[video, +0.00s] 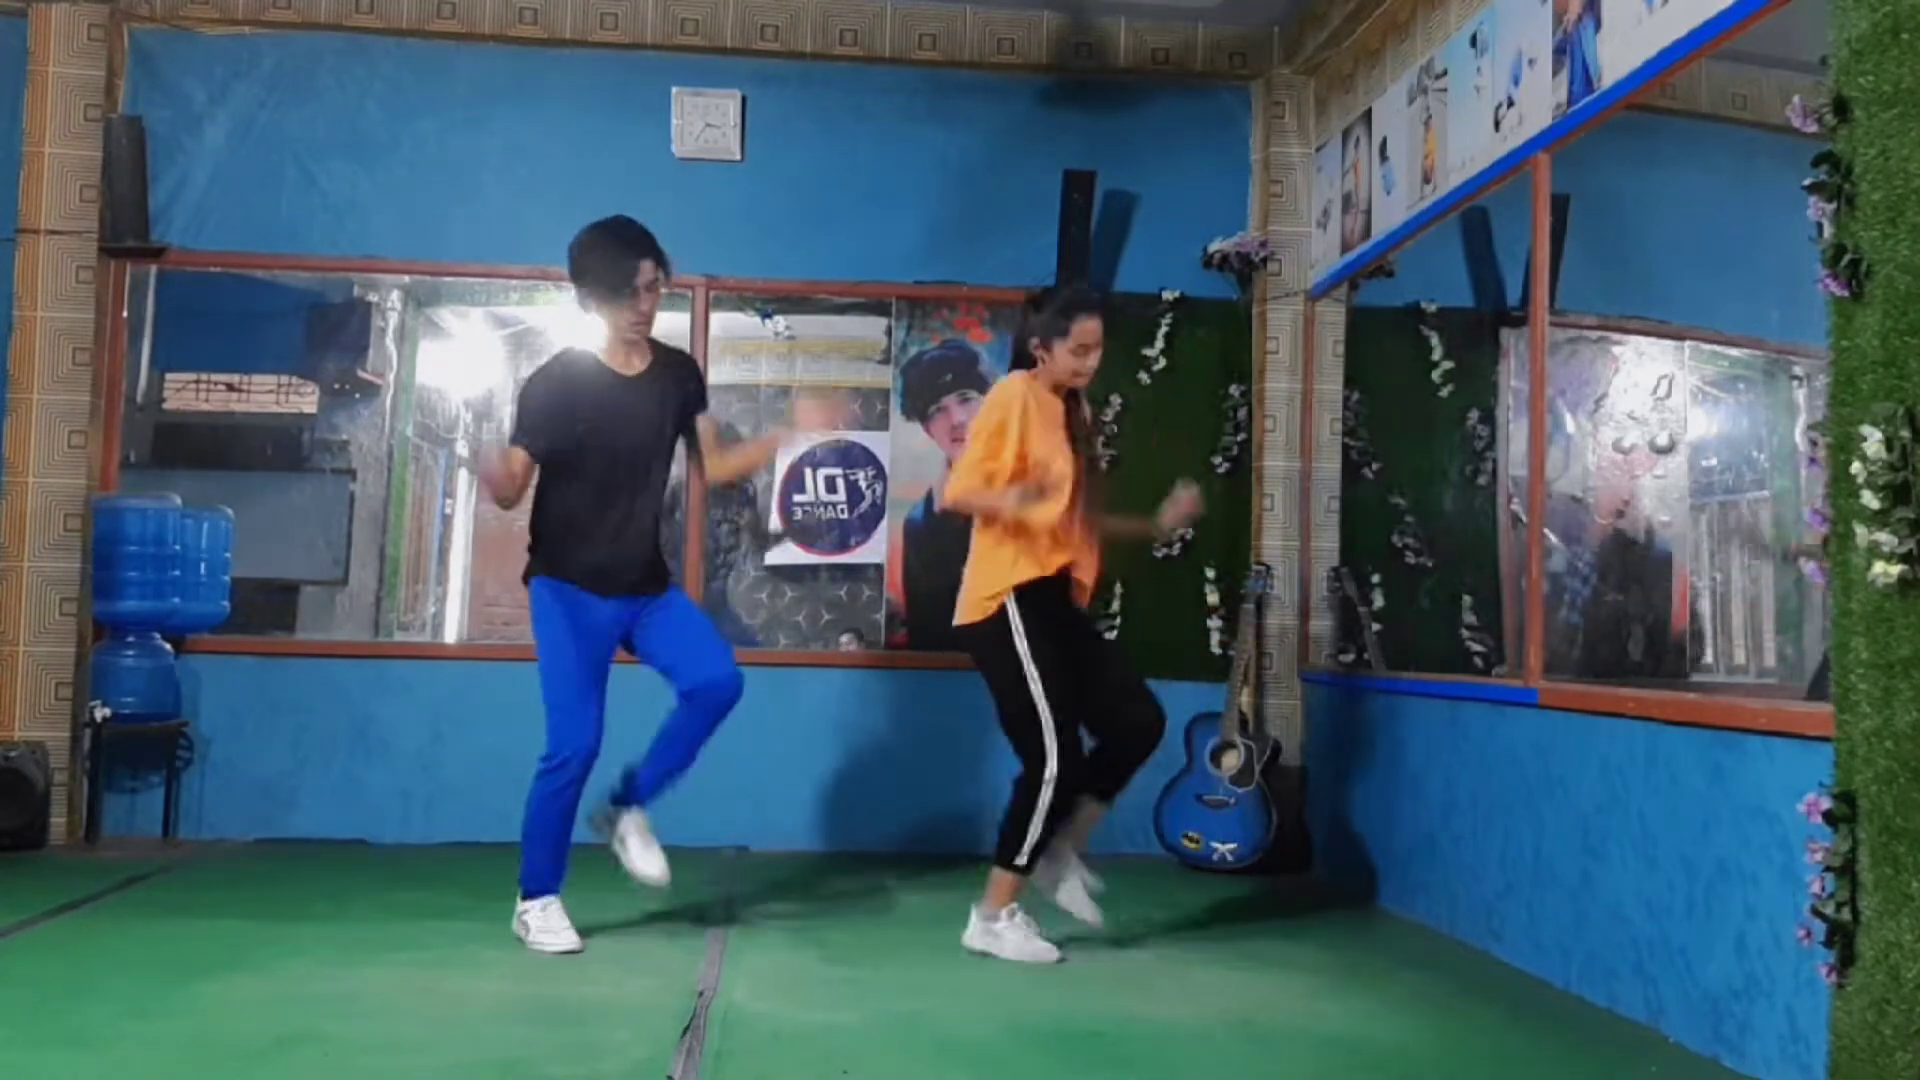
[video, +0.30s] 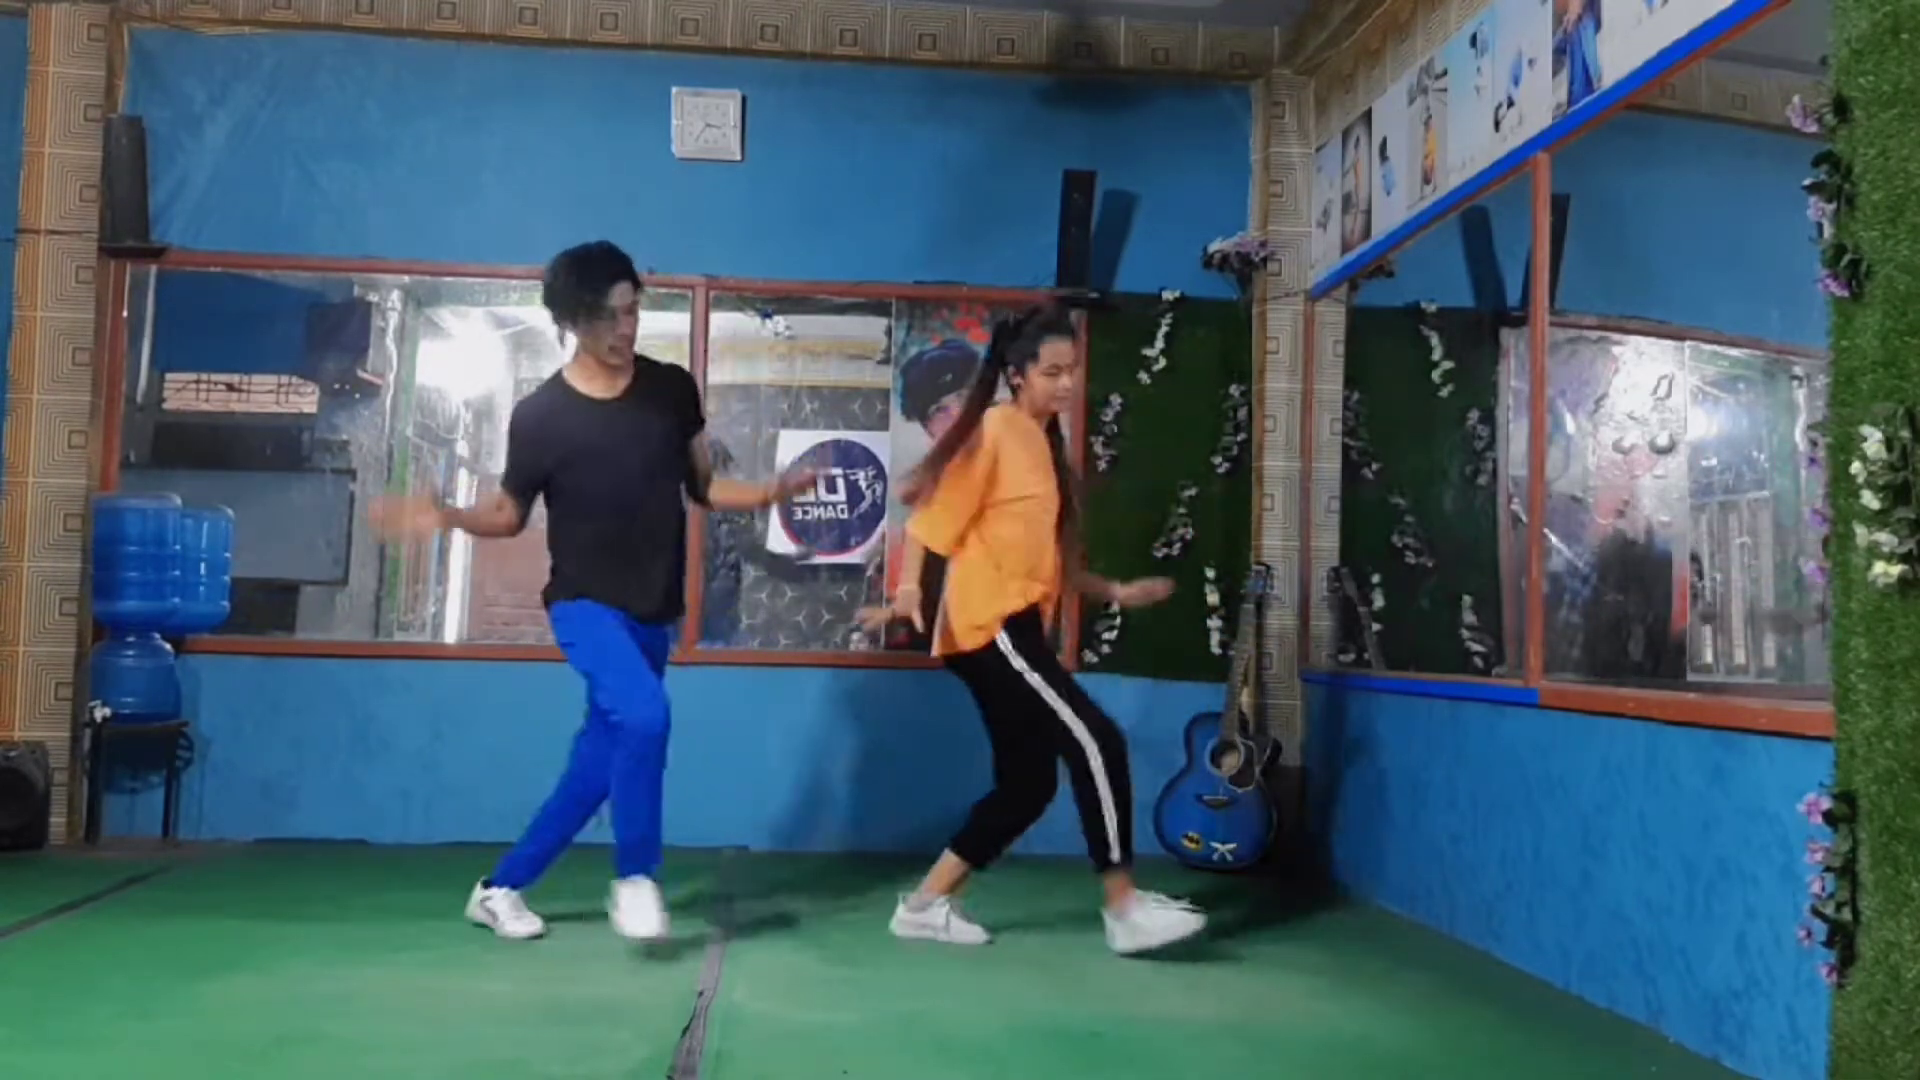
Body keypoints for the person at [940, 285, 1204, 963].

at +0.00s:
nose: (1090, 361)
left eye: (1097, 349)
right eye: (1079, 349)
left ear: (1101, 350)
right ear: (1041, 347)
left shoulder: (1068, 412)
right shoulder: (1014, 397)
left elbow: (1073, 520)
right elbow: (958, 491)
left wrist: (1155, 527)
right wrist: (1017, 500)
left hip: (1052, 596)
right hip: (1006, 600)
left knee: (1139, 725)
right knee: (1054, 756)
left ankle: (1059, 850)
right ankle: (994, 913)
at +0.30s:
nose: (1067, 384)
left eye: (1072, 370)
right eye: (1054, 370)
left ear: (1075, 374)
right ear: (1017, 374)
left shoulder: (1042, 442)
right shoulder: (991, 431)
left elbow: (1041, 561)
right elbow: (927, 519)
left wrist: (1117, 592)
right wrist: (909, 590)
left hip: (1016, 625)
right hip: (986, 626)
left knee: (1027, 783)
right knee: (1097, 742)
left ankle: (927, 902)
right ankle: (1124, 906)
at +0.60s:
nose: (1025, 321)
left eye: (1042, 313)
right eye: (1017, 305)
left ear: (1060, 326)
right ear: (998, 307)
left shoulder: (1082, 392)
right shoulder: (951, 380)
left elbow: (1122, 475)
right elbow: (902, 462)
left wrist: (1180, 519)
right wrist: (913, 486)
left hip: (1051, 573)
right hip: (972, 565)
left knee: (1036, 723)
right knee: (953, 723)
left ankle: (1016, 839)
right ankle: (936, 883)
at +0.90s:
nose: (1009, 371)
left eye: (1023, 359)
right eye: (1004, 359)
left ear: (1060, 361)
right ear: (1002, 360)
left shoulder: (1078, 421)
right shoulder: (1027, 426)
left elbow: (1078, 533)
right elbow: (1003, 528)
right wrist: (926, 527)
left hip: (1061, 628)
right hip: (1015, 619)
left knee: (1004, 762)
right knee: (909, 718)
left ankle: (1048, 907)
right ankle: (927, 873)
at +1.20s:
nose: (1051, 359)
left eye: (1065, 347)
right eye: (1045, 347)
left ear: (1100, 352)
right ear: (1041, 352)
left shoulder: (1108, 420)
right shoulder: (1063, 420)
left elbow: (1130, 523)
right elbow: (1056, 525)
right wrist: (999, 559)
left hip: (1080, 622)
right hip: (1052, 616)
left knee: (999, 751)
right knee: (1059, 758)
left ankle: (925, 900)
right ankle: (1105, 899)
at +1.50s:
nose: (1066, 343)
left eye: (1082, 334)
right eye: (1060, 332)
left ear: (1111, 348)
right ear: (1053, 344)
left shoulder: (1102, 401)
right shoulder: (1071, 415)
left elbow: (1103, 472)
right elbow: (1080, 505)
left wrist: (1036, 491)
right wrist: (1033, 502)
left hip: (1112, 608)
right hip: (1072, 604)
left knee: (1076, 754)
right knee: (987, 716)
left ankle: (1142, 889)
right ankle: (1015, 870)